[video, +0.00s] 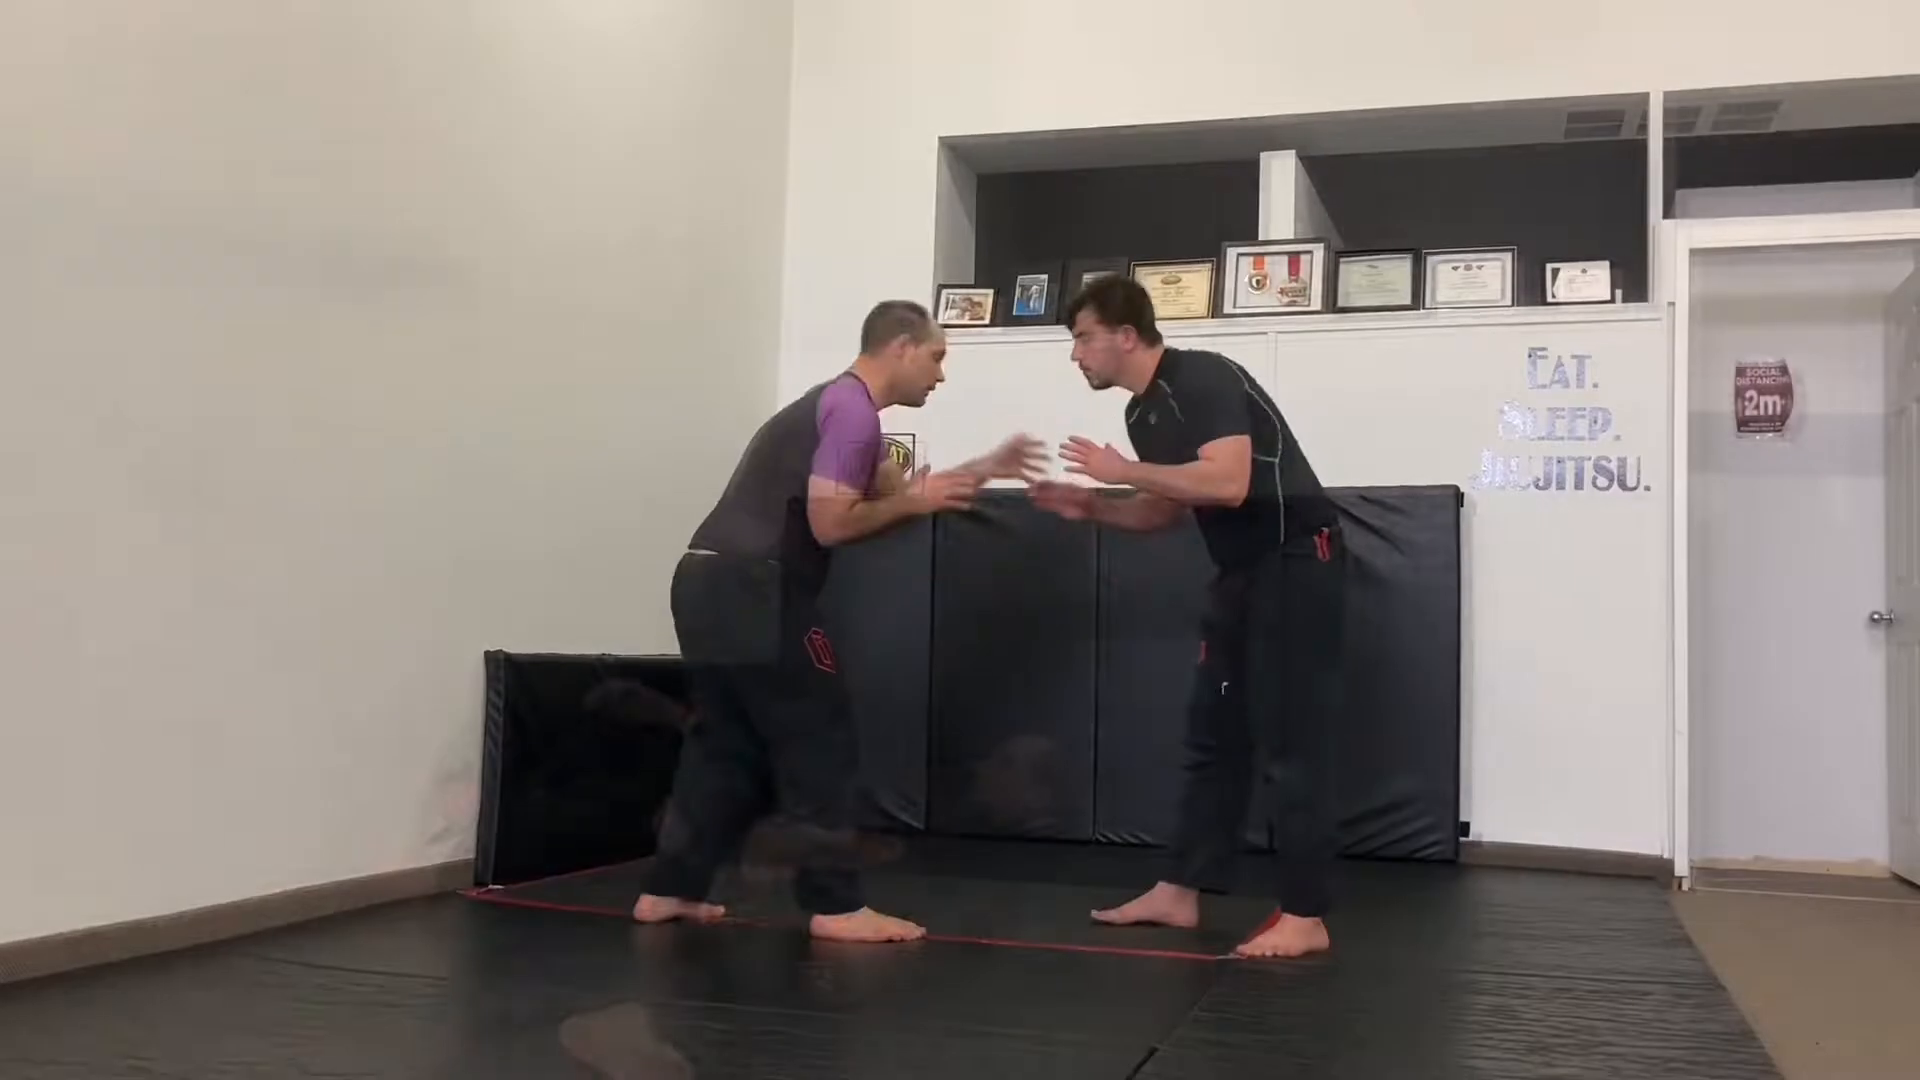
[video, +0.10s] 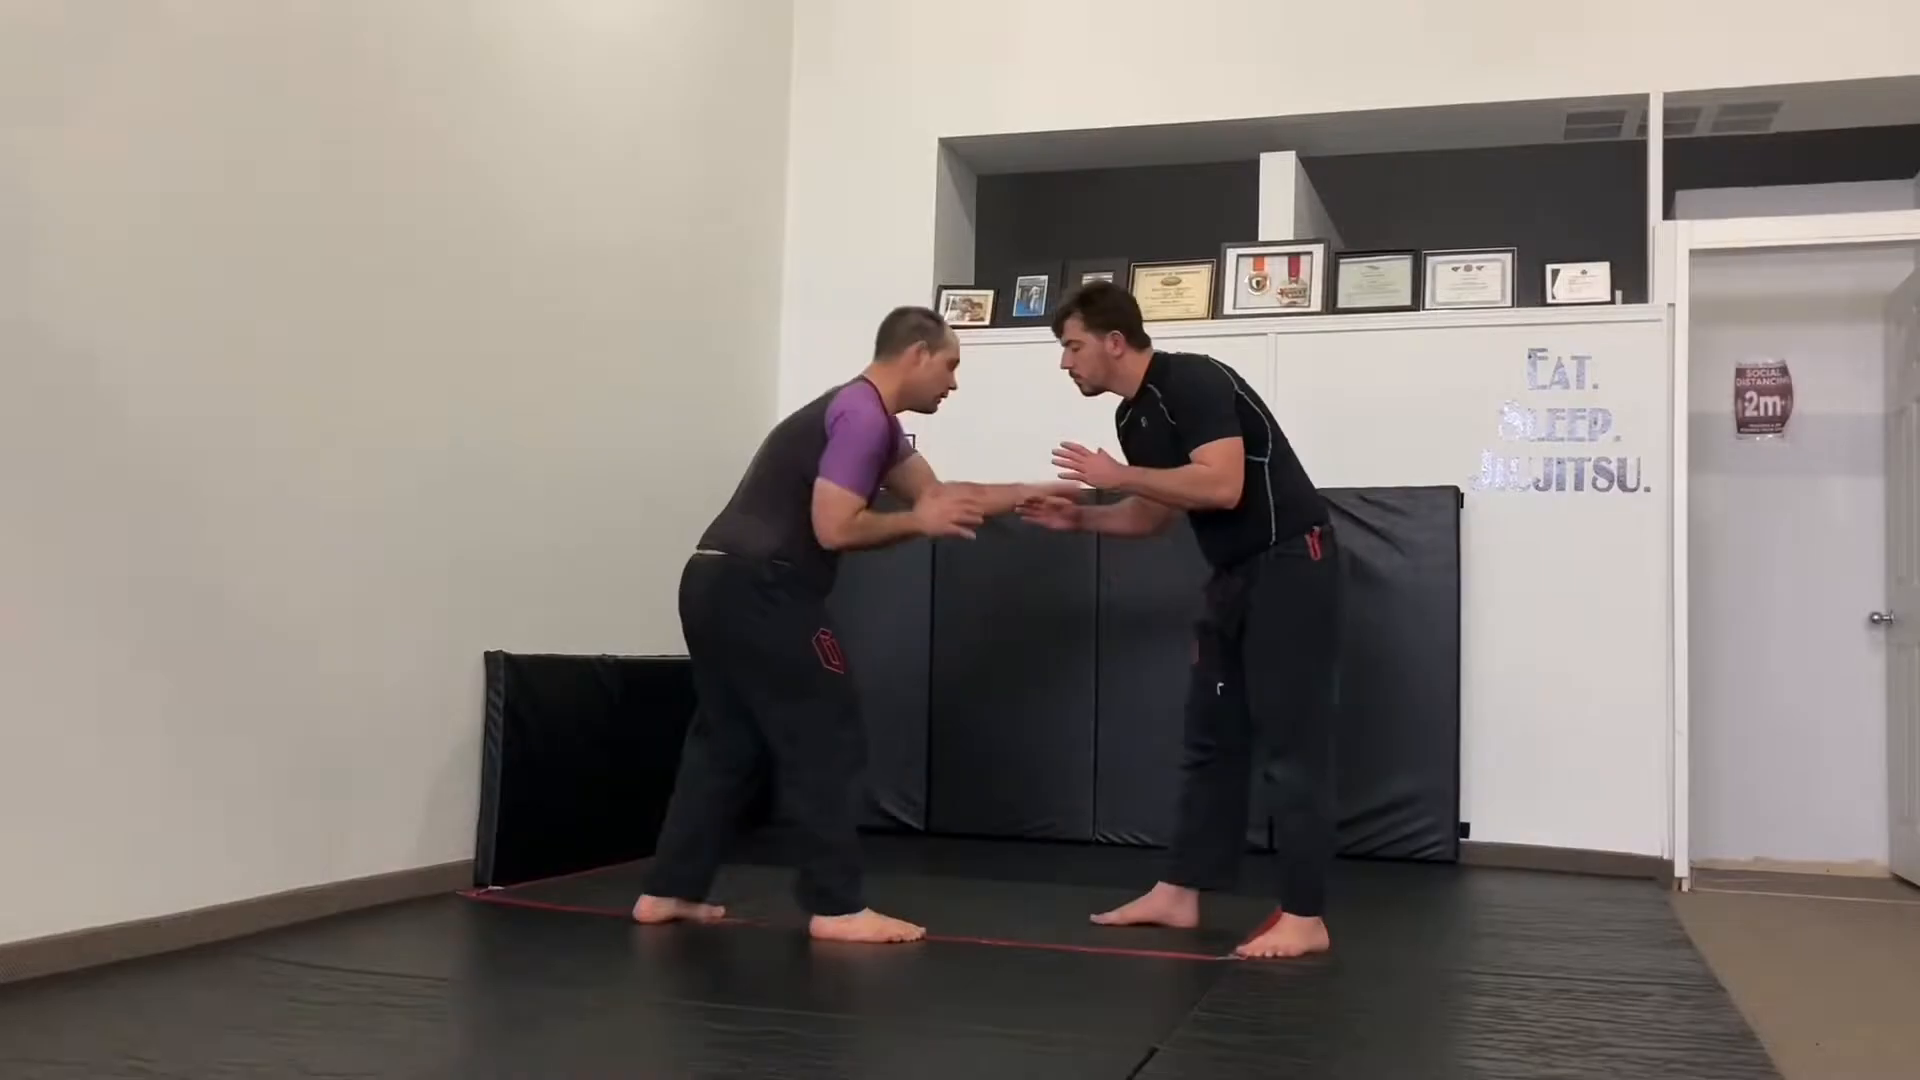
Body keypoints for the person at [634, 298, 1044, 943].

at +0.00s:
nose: (940, 375)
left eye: (942, 361)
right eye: (936, 359)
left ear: (887, 351)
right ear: (898, 350)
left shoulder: (837, 402)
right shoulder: (854, 413)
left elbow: (889, 493)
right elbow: (831, 523)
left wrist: (988, 468)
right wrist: (918, 501)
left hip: (711, 581)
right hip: (752, 589)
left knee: (731, 740)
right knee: (820, 734)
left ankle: (671, 888)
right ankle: (835, 904)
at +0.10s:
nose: (954, 383)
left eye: (956, 369)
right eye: (950, 366)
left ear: (904, 357)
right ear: (914, 356)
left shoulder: (869, 414)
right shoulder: (865, 414)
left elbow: (934, 495)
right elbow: (834, 527)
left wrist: (1021, 497)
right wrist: (918, 522)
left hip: (719, 582)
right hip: (761, 590)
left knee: (728, 740)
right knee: (829, 736)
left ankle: (671, 890)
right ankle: (835, 906)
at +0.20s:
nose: (965, 391)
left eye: (968, 377)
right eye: (964, 375)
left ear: (919, 362)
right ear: (932, 363)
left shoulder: (879, 414)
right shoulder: (881, 419)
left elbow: (941, 508)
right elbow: (861, 531)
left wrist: (1029, 523)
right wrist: (948, 543)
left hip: (727, 581)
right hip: (771, 589)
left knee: (745, 736)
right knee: (839, 738)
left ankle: (675, 876)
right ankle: (837, 906)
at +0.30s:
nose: (973, 403)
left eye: (976, 388)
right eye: (972, 386)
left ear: (925, 371)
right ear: (941, 372)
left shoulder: (870, 418)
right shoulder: (897, 426)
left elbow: (925, 528)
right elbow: (920, 541)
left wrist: (1010, 542)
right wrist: (1009, 552)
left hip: (731, 579)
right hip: (779, 586)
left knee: (771, 729)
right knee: (850, 731)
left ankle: (692, 853)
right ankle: (841, 909)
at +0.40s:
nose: (978, 411)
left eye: (980, 397)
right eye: (976, 395)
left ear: (928, 382)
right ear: (946, 383)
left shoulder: (868, 430)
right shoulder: (912, 435)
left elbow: (913, 549)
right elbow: (978, 535)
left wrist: (1006, 558)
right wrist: (1067, 548)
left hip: (735, 584)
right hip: (784, 592)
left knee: (779, 727)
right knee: (855, 731)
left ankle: (738, 864)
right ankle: (845, 909)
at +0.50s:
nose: (979, 423)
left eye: (982, 409)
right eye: (978, 407)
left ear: (923, 394)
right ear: (947, 393)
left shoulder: (867, 441)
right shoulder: (919, 442)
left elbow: (891, 559)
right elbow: (1014, 528)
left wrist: (976, 570)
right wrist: (1105, 537)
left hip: (736, 588)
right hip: (787, 596)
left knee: (785, 724)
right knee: (860, 732)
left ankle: (772, 851)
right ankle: (846, 908)